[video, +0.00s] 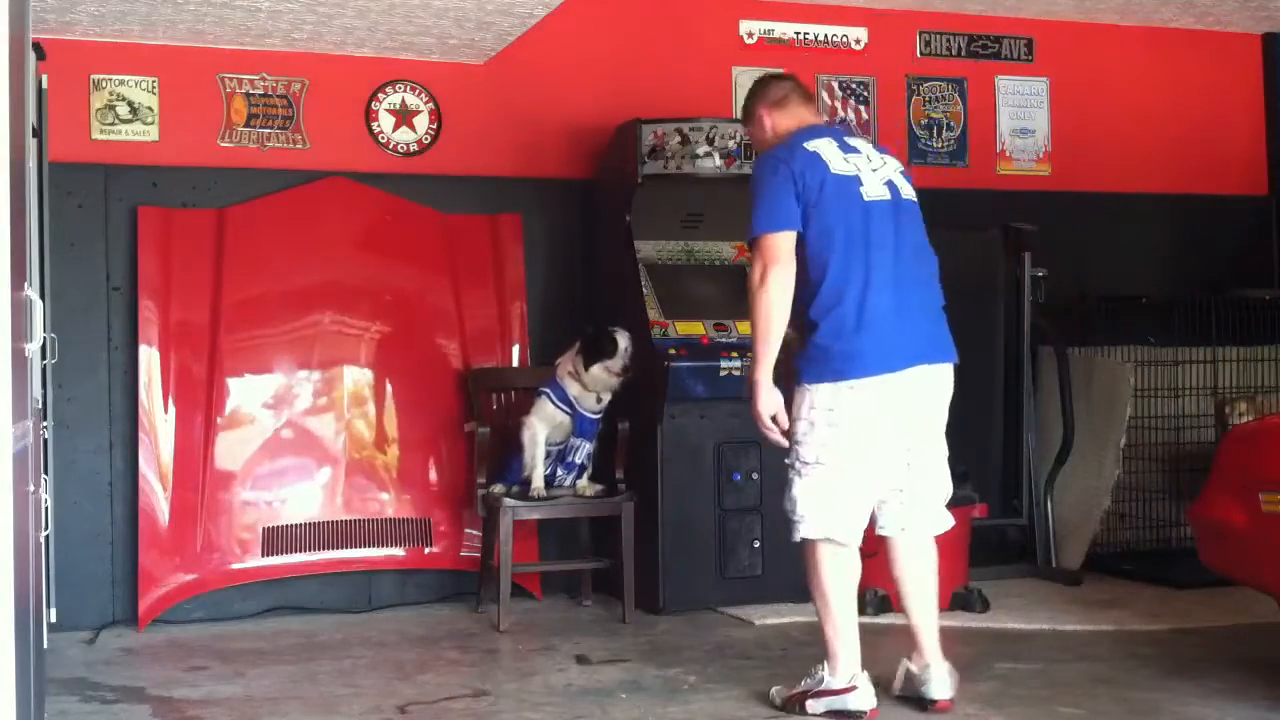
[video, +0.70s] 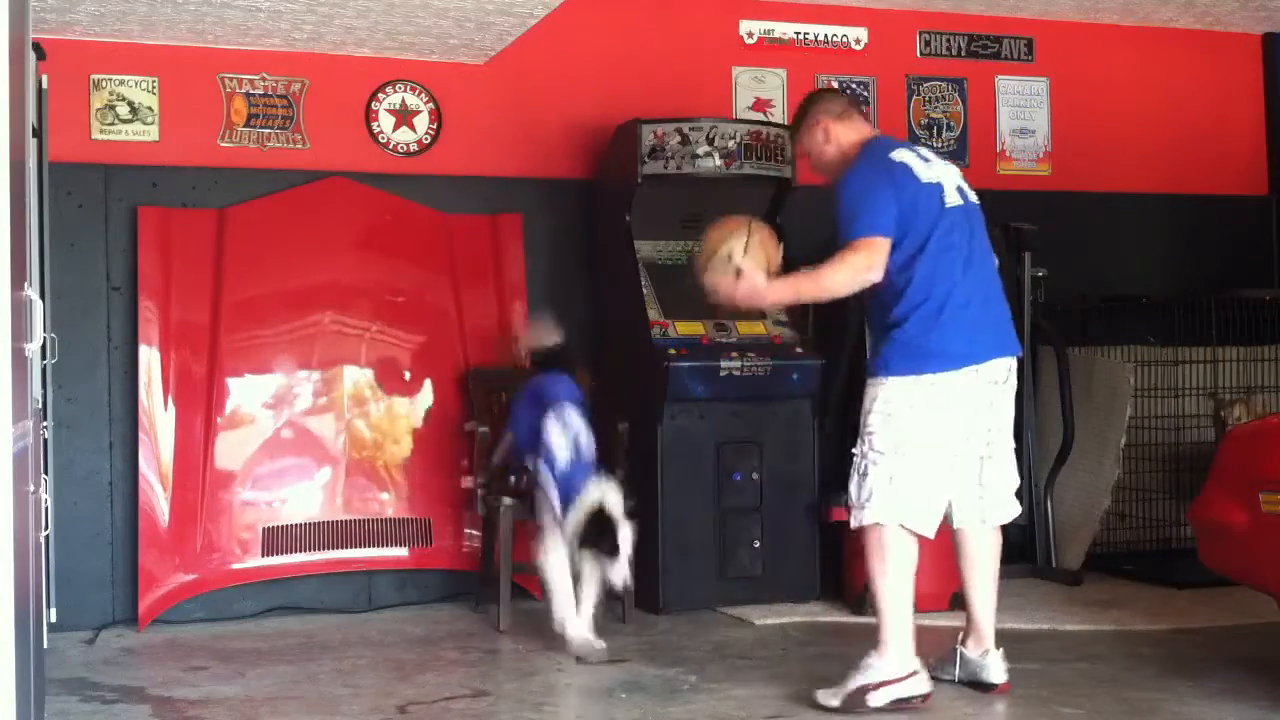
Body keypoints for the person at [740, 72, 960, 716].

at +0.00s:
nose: (753, 148)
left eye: (750, 137)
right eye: (748, 139)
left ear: (764, 118)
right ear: (817, 111)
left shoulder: (782, 159)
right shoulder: (880, 157)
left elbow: (775, 269)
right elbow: (898, 262)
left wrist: (762, 374)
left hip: (847, 367)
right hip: (928, 358)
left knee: (827, 520)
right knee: (912, 514)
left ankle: (843, 675)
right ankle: (931, 663)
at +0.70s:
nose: (814, 170)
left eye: (809, 155)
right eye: (808, 159)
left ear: (828, 130)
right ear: (856, 122)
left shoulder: (870, 169)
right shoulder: (932, 161)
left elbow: (866, 262)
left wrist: (768, 291)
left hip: (921, 362)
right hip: (990, 353)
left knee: (884, 507)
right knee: (979, 506)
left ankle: (895, 657)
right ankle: (981, 649)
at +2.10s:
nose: (816, 181)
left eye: (814, 165)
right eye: (808, 173)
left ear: (843, 130)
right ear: (842, 134)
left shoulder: (903, 169)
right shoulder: (883, 179)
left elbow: (967, 250)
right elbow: (885, 266)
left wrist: (982, 362)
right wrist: (813, 255)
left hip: (940, 373)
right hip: (936, 370)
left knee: (907, 510)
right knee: (947, 502)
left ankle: (907, 665)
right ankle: (1002, 619)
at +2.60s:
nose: (865, 224)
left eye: (865, 209)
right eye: (856, 217)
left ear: (892, 177)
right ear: (890, 181)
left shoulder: (960, 224)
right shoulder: (918, 221)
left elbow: (1007, 328)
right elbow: (955, 322)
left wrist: (986, 420)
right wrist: (938, 396)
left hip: (1042, 365)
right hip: (984, 368)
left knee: (1047, 507)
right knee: (967, 491)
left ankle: (1077, 649)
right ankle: (1009, 620)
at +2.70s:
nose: (871, 231)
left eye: (872, 217)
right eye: (863, 224)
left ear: (901, 186)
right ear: (895, 192)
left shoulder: (979, 230)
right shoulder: (911, 234)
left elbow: (1034, 321)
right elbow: (962, 316)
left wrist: (1013, 400)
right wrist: (954, 387)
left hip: (1052, 366)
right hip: (985, 370)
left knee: (1065, 504)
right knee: (971, 489)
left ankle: (1079, 648)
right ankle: (1013, 617)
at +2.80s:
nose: (879, 231)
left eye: (881, 216)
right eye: (870, 223)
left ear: (910, 187)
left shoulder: (987, 226)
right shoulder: (909, 238)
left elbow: (1041, 313)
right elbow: (957, 310)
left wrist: (1012, 375)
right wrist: (933, 367)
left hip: (1048, 375)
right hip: (981, 380)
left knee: (1060, 510)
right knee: (983, 506)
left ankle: (1078, 650)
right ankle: (1015, 622)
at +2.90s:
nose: (883, 228)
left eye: (887, 213)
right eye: (875, 220)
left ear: (919, 185)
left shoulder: (986, 223)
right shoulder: (911, 242)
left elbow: (1018, 310)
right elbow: (924, 321)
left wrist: (949, 347)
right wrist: (912, 391)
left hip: (1042, 369)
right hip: (979, 378)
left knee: (1046, 502)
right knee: (983, 503)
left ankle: (1077, 644)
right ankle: (1015, 621)